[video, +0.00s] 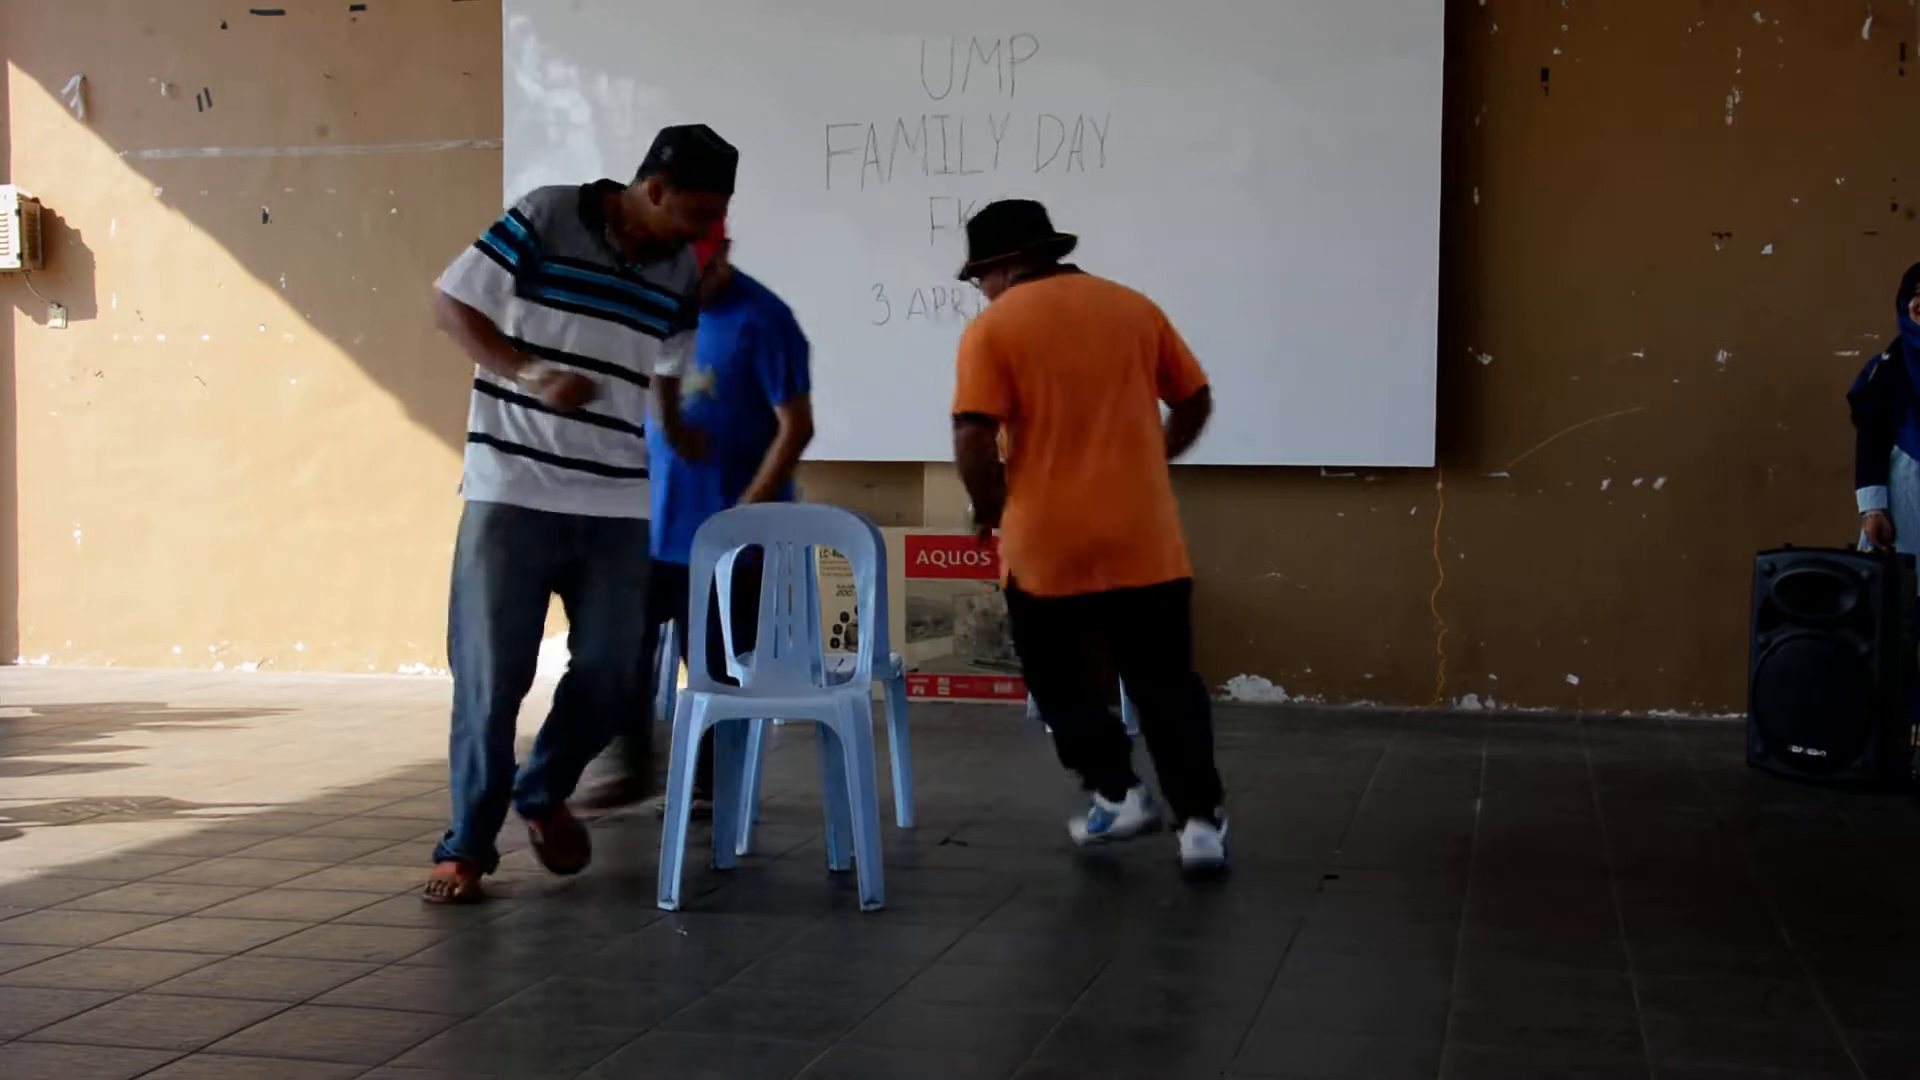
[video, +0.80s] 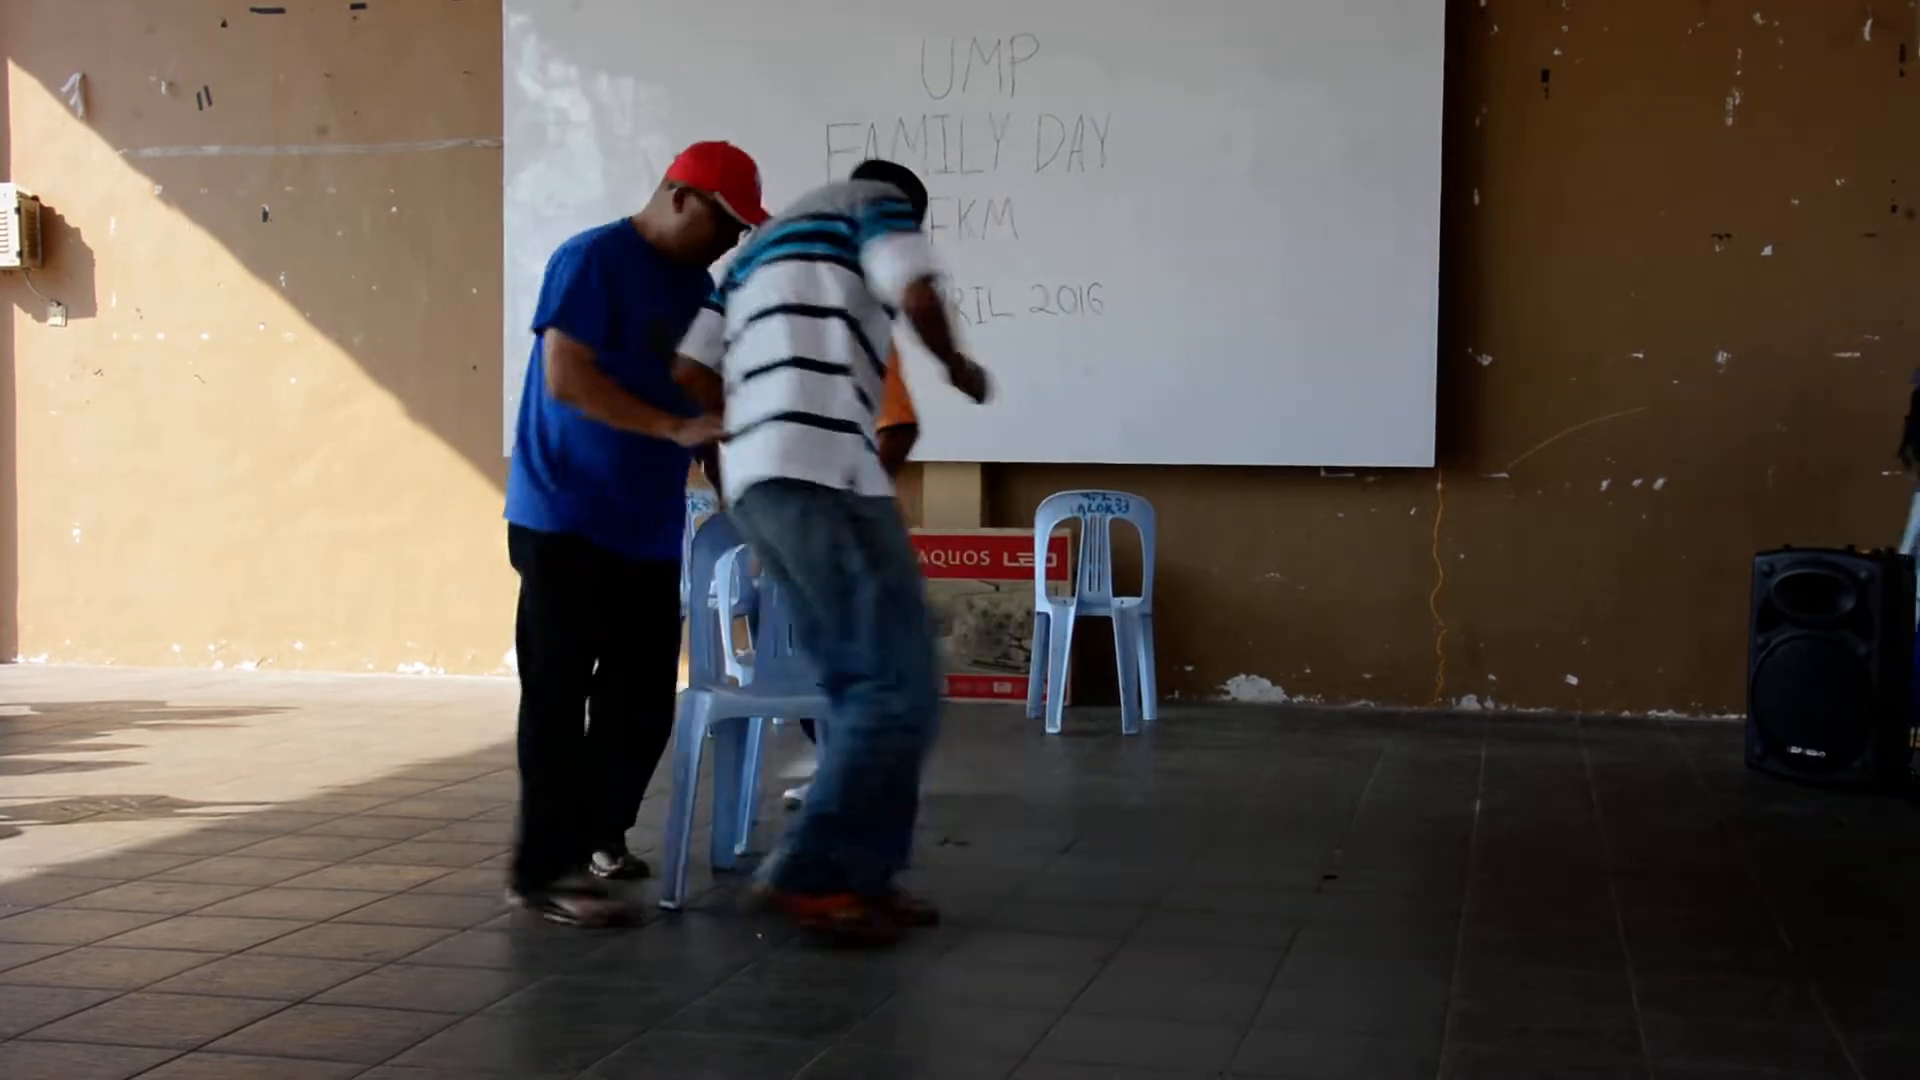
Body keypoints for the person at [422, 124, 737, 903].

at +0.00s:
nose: (694, 235)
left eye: (706, 222)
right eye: (690, 217)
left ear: (695, 205)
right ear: (651, 185)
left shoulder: (683, 270)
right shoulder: (547, 217)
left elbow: (666, 368)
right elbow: (454, 300)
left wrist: (674, 426)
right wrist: (524, 370)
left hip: (617, 507)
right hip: (511, 493)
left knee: (614, 674)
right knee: (491, 677)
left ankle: (540, 792)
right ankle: (465, 849)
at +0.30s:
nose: (776, 238)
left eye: (786, 223)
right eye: (779, 218)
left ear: (751, 195)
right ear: (744, 186)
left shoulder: (706, 268)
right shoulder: (637, 206)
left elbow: (683, 389)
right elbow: (552, 301)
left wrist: (717, 453)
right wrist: (639, 395)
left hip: (672, 506)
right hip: (591, 486)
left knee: (665, 702)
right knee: (608, 665)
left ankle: (574, 882)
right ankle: (492, 817)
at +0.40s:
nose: (801, 240)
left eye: (811, 227)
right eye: (807, 221)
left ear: (779, 192)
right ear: (778, 187)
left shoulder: (722, 258)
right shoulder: (675, 196)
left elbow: (686, 378)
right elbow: (579, 273)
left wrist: (751, 437)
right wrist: (656, 367)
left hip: (665, 480)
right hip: (628, 472)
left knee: (683, 666)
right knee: (694, 659)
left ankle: (585, 873)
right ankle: (594, 872)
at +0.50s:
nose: (829, 239)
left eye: (838, 227)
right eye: (834, 220)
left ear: (806, 189)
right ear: (808, 187)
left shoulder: (749, 244)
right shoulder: (727, 187)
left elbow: (701, 381)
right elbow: (635, 248)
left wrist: (780, 452)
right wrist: (708, 349)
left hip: (691, 476)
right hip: (679, 472)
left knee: (690, 682)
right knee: (765, 679)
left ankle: (575, 877)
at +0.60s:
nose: (861, 244)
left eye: (871, 231)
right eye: (868, 225)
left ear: (834, 195)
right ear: (844, 198)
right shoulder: (778, 197)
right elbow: (723, 269)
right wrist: (799, 372)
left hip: (705, 478)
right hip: (733, 476)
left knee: (775, 683)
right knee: (802, 682)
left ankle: (637, 837)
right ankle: (777, 902)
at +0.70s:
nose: (886, 240)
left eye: (891, 228)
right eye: (890, 223)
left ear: (832, 178)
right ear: (876, 197)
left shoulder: (744, 229)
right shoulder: (837, 195)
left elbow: (672, 361)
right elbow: (826, 283)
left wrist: (737, 428)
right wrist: (903, 374)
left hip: (727, 481)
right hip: (779, 476)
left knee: (835, 676)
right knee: (845, 678)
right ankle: (781, 898)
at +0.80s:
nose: (909, 233)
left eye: (907, 222)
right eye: (910, 218)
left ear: (851, 187)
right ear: (897, 199)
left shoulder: (756, 245)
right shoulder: (874, 198)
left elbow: (691, 365)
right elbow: (911, 288)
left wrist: (765, 415)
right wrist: (955, 363)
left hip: (752, 478)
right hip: (819, 465)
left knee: (860, 682)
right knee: (898, 684)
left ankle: (861, 881)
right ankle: (813, 879)